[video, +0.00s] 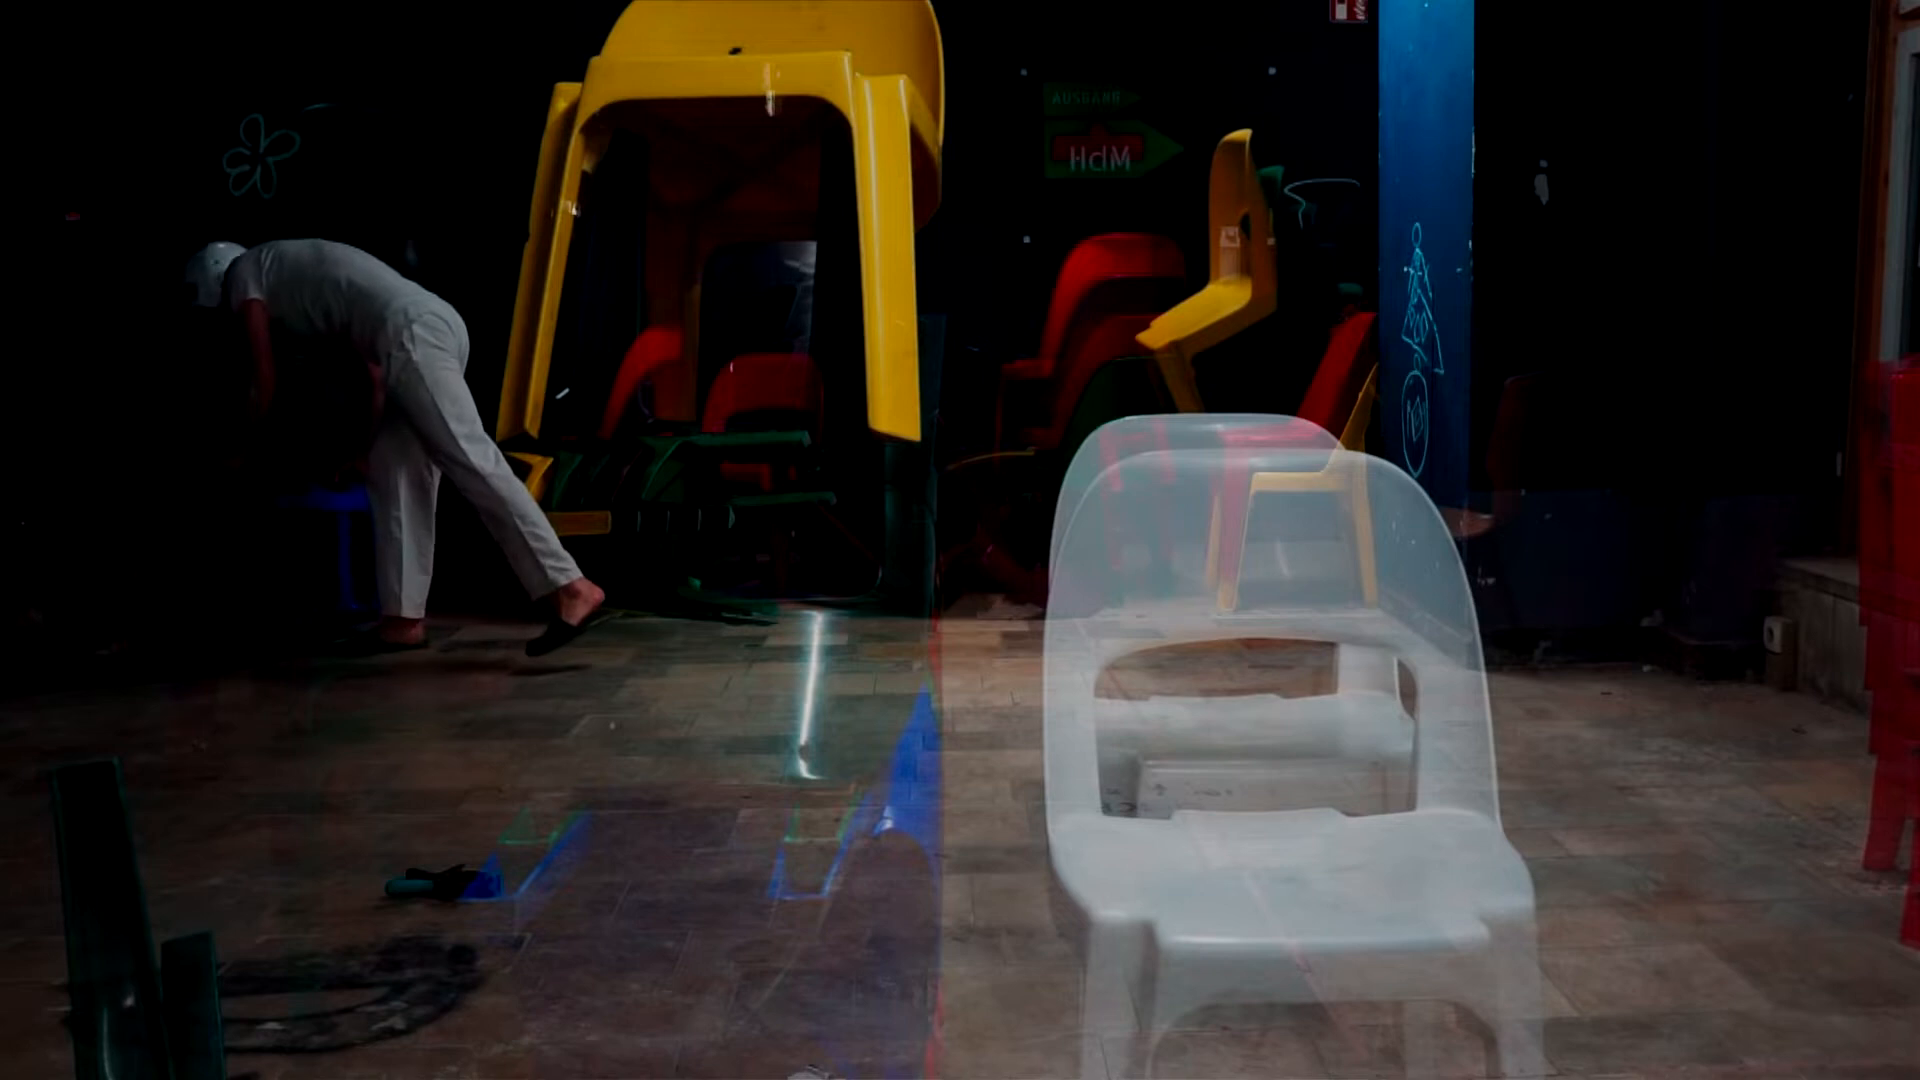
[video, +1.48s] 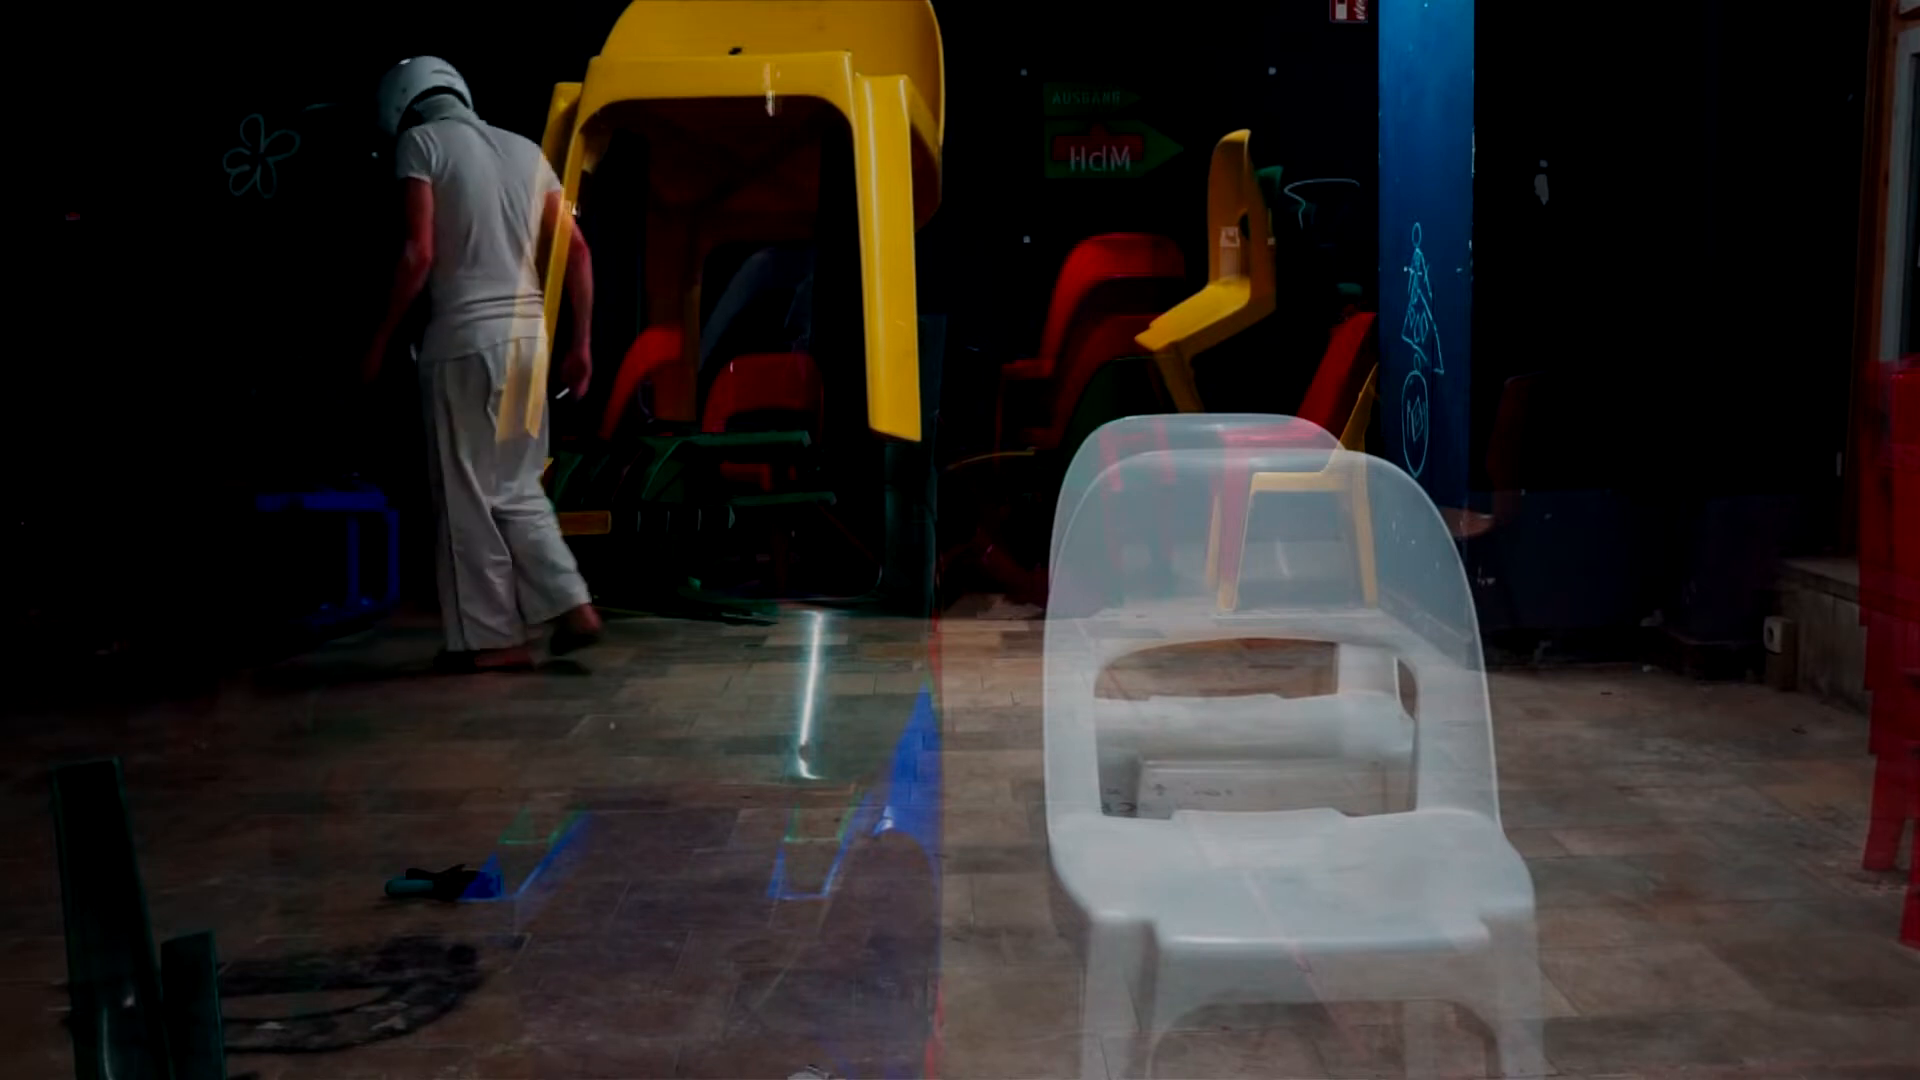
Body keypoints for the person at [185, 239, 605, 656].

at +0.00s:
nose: (218, 306)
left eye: (212, 297)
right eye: (213, 301)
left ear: (219, 276)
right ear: (237, 261)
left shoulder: (246, 270)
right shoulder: (303, 272)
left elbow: (262, 370)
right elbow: (374, 370)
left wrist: (256, 434)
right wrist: (367, 443)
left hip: (409, 330)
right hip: (433, 326)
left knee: (475, 463)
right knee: (396, 469)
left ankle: (571, 589)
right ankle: (402, 620)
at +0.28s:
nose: (233, 319)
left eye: (227, 310)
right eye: (227, 314)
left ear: (229, 291)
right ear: (247, 275)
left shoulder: (252, 278)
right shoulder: (308, 277)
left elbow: (262, 373)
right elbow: (371, 371)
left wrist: (254, 438)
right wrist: (371, 442)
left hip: (415, 333)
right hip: (446, 327)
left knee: (475, 468)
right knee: (404, 474)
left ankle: (574, 588)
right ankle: (408, 619)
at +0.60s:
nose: (241, 268)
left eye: (235, 260)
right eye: (237, 263)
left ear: (239, 242)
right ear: (261, 222)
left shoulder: (270, 232)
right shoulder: (317, 234)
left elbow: (287, 332)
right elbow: (378, 327)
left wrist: (260, 404)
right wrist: (370, 416)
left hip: (420, 336)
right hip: (452, 329)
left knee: (444, 483)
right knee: (396, 478)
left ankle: (507, 629)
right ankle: (409, 618)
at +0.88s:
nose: (290, 185)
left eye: (285, 176)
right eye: (288, 179)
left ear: (291, 159)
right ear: (318, 140)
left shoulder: (322, 162)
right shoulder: (375, 174)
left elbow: (341, 263)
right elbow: (408, 262)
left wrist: (318, 354)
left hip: (414, 335)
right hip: (452, 328)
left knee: (424, 486)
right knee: (402, 480)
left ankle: (493, 629)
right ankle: (395, 616)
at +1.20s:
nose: (353, 142)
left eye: (352, 132)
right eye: (351, 133)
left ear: (364, 120)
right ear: (402, 108)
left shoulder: (386, 145)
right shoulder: (466, 159)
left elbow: (387, 260)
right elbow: (520, 261)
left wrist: (360, 332)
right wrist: (513, 344)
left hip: (439, 343)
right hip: (490, 340)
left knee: (445, 494)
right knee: (450, 486)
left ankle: (495, 637)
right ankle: (447, 625)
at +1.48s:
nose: (400, 124)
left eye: (399, 115)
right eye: (399, 116)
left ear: (409, 105)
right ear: (459, 96)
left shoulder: (420, 140)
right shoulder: (524, 149)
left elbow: (420, 252)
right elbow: (577, 249)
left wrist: (383, 338)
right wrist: (580, 342)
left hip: (464, 340)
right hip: (531, 336)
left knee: (467, 488)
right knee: (519, 483)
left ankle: (492, 637)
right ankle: (573, 606)